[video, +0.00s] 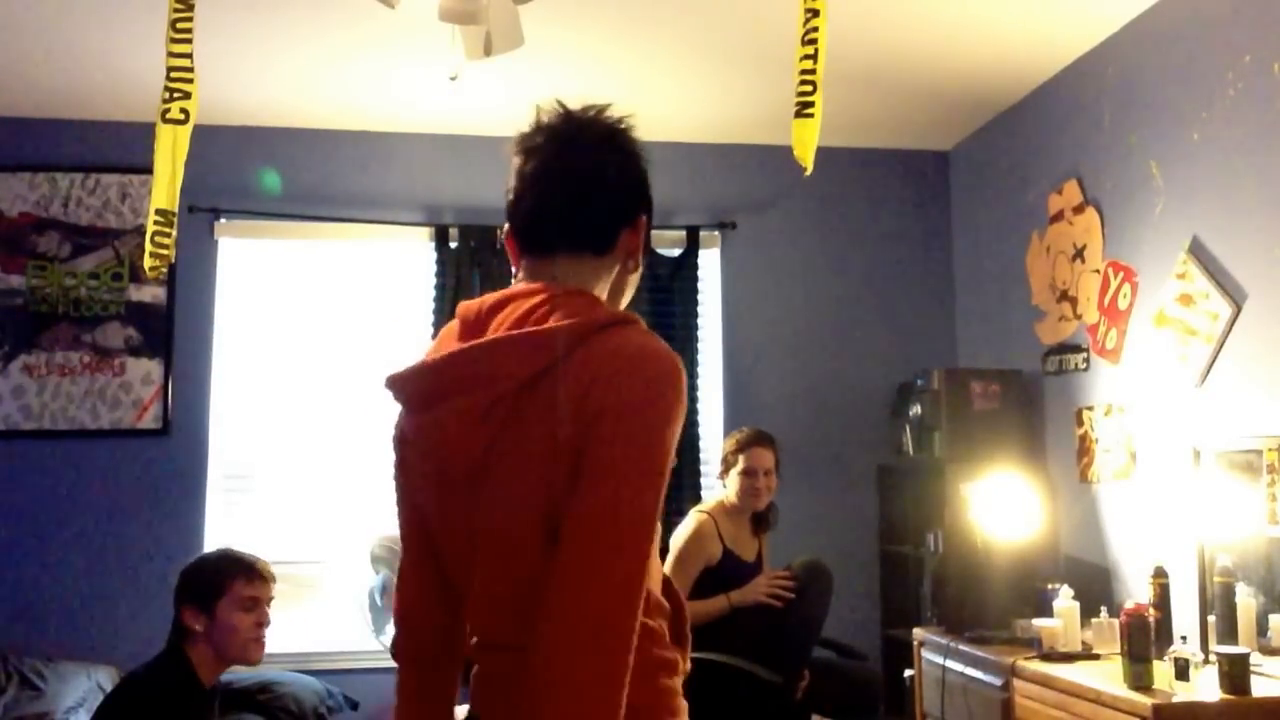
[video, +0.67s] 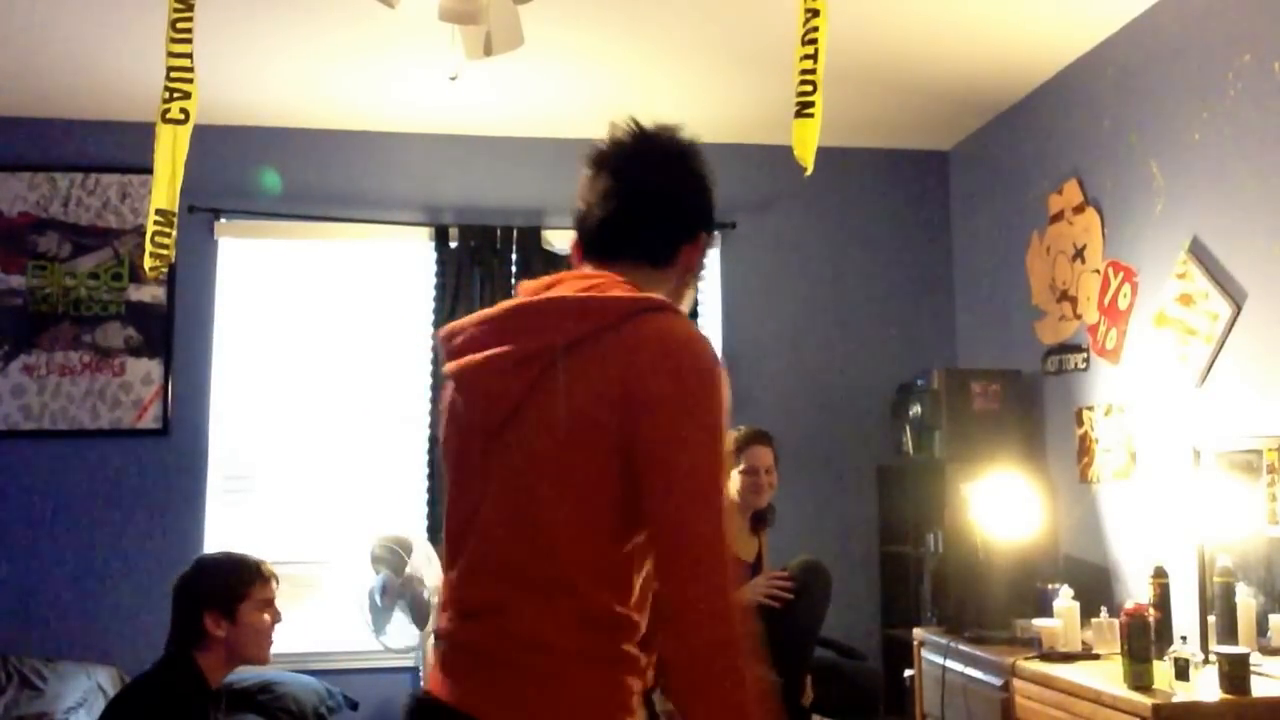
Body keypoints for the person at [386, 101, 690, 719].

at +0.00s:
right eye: (647, 247)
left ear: (510, 246)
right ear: (636, 240)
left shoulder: (442, 364)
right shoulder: (637, 364)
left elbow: (425, 613)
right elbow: (599, 594)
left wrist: (423, 712)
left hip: (499, 689)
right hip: (623, 694)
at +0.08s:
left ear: (524, 243)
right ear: (648, 235)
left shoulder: (452, 356)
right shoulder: (650, 352)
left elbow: (426, 583)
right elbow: (626, 575)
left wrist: (423, 707)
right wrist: (627, 703)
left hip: (479, 691)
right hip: (599, 696)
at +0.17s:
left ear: (545, 243)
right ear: (668, 240)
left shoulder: (465, 355)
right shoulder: (667, 345)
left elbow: (432, 571)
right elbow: (670, 569)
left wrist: (444, 682)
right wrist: (686, 705)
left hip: (468, 692)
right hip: (601, 693)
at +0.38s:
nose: (665, 280)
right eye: (671, 262)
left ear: (540, 247)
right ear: (664, 253)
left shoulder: (452, 364)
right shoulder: (654, 353)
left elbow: (427, 590)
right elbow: (655, 593)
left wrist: (443, 696)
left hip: (471, 697)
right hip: (599, 699)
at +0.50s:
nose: (666, 280)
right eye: (673, 262)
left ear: (538, 252)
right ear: (660, 257)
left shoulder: (453, 366)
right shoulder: (648, 370)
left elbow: (433, 605)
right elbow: (624, 606)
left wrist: (421, 712)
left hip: (491, 696)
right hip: (605, 700)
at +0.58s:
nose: (682, 274)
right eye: (687, 256)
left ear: (554, 240)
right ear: (674, 249)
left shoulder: (469, 348)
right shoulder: (652, 352)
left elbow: (439, 581)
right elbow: (643, 586)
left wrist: (436, 703)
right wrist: (645, 708)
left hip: (468, 693)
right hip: (592, 697)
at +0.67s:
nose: (696, 285)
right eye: (701, 265)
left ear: (575, 248)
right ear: (694, 253)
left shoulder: (479, 350)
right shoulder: (669, 349)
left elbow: (461, 554)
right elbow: (695, 600)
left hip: (455, 690)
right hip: (586, 697)